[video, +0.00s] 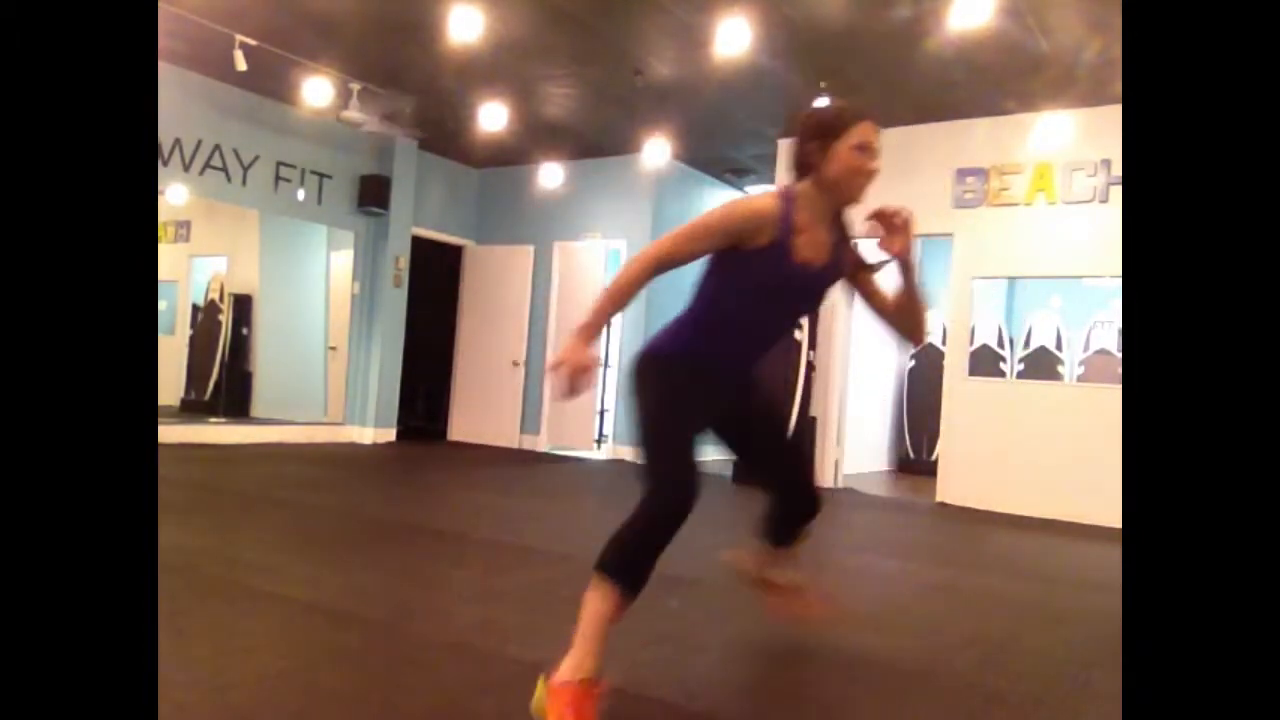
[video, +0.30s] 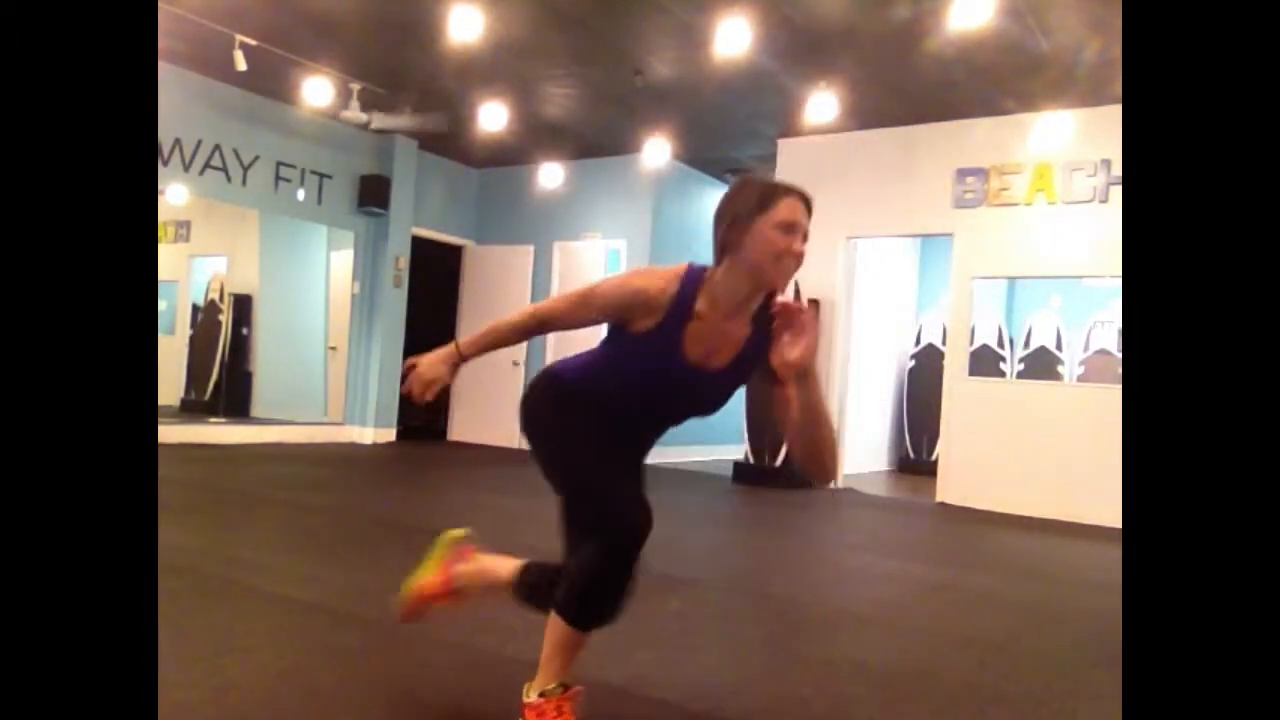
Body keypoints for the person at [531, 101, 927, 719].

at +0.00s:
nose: (872, 165)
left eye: (875, 153)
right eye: (861, 150)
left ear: (855, 163)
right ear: (819, 154)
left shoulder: (836, 244)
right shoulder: (763, 213)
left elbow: (912, 328)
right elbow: (652, 259)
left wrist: (904, 260)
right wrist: (586, 333)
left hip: (734, 383)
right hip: (674, 369)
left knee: (797, 494)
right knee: (672, 492)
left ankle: (767, 565)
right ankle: (575, 670)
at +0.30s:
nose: (801, 247)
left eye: (804, 236)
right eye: (788, 230)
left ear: (797, 250)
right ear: (738, 231)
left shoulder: (774, 332)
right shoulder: (657, 291)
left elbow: (821, 468)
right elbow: (541, 319)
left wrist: (798, 377)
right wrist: (452, 354)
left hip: (625, 439)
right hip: (565, 407)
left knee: (592, 592)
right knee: (623, 522)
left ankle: (466, 566)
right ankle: (545, 691)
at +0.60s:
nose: (790, 234)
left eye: (797, 222)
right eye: (777, 216)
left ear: (795, 237)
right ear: (730, 221)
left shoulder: (774, 319)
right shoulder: (655, 291)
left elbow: (824, 458)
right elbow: (540, 357)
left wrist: (800, 366)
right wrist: (443, 410)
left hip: (629, 436)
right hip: (570, 406)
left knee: (583, 592)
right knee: (628, 525)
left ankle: (430, 591)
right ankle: (547, 690)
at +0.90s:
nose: (880, 162)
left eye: (885, 150)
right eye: (871, 146)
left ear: (860, 158)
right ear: (833, 146)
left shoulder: (838, 227)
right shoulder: (768, 200)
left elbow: (903, 298)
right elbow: (743, 299)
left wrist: (936, 280)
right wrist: (853, 255)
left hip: (716, 373)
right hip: (657, 363)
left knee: (811, 473)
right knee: (646, 506)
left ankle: (750, 558)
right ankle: (561, 681)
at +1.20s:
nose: (970, 237)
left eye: (972, 227)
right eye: (963, 225)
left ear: (941, 232)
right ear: (928, 225)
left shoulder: (919, 288)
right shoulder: (888, 287)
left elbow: (905, 370)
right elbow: (917, 379)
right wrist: (963, 319)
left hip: (825, 405)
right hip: (781, 401)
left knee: (896, 510)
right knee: (758, 523)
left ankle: (864, 615)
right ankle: (646, 511)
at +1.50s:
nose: (1010, 315)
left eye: (1010, 304)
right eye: (1002, 303)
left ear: (969, 306)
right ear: (968, 304)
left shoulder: (933, 341)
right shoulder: (935, 361)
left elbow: (856, 350)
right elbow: (967, 462)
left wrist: (787, 355)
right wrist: (1008, 395)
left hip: (851, 438)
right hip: (800, 444)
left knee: (923, 516)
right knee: (816, 563)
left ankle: (864, 616)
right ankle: (747, 504)